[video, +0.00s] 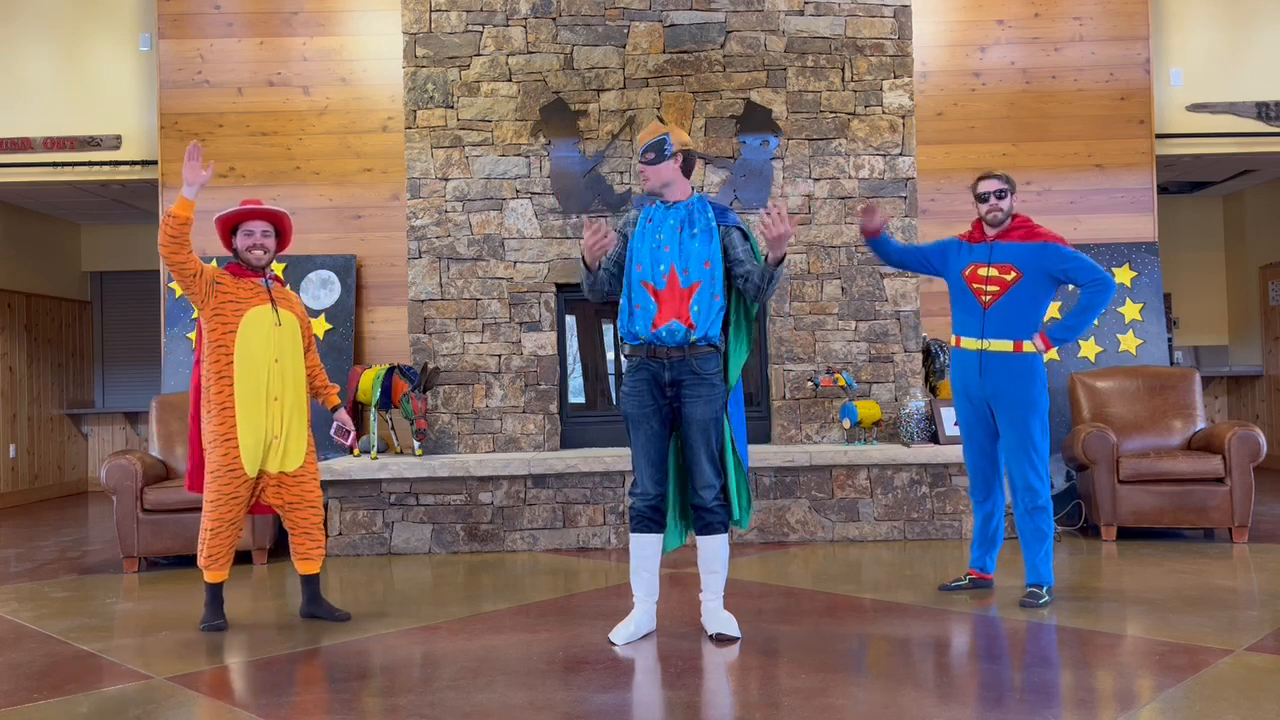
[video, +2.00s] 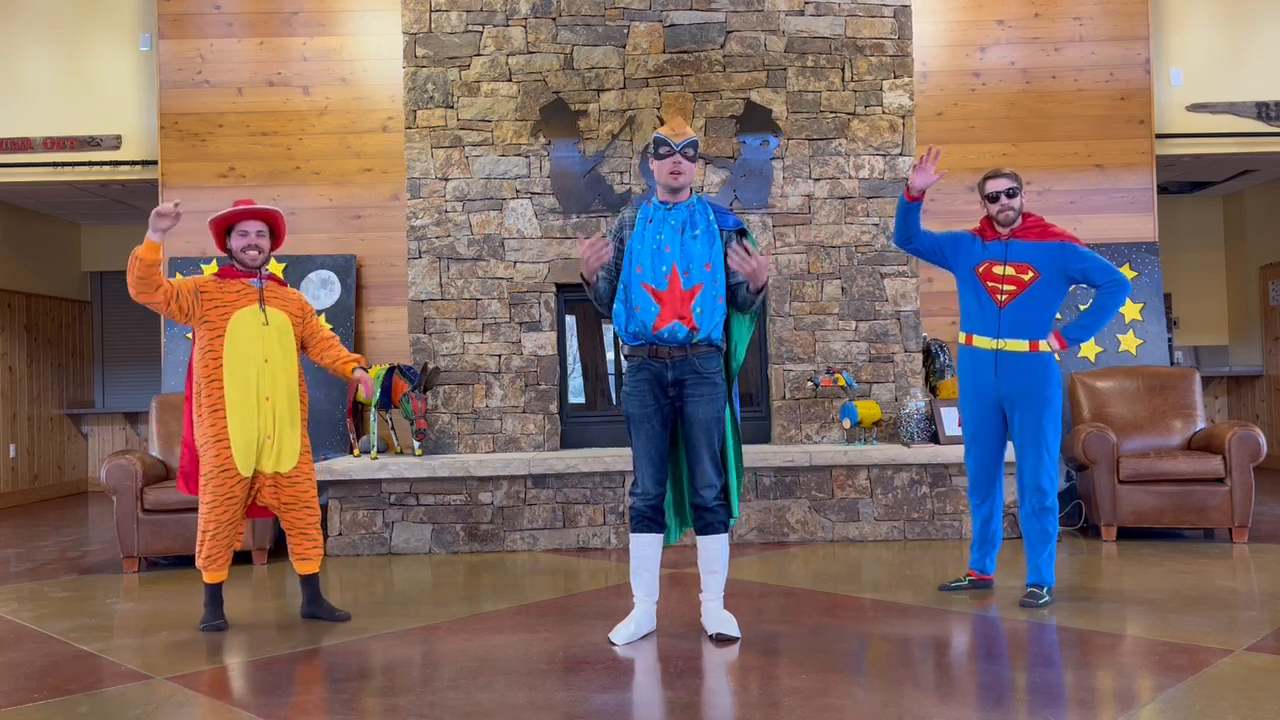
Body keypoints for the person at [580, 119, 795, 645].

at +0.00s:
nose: (645, 164)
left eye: (656, 155)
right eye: (642, 159)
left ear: (685, 163)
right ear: (643, 170)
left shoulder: (720, 220)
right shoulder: (637, 222)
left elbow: (753, 286)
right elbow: (605, 291)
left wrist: (774, 257)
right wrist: (595, 263)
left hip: (700, 366)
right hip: (641, 367)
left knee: (706, 484)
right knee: (647, 487)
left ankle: (713, 608)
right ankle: (644, 610)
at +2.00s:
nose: (677, 164)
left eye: (686, 155)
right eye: (666, 155)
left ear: (698, 164)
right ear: (650, 164)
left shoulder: (721, 221)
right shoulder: (630, 221)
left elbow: (741, 304)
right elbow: (609, 304)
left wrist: (755, 283)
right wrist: (595, 274)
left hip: (702, 364)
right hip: (642, 365)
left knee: (708, 485)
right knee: (647, 486)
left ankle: (713, 607)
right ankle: (643, 609)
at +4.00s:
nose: (673, 162)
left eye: (684, 155)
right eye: (663, 156)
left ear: (701, 167)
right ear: (651, 168)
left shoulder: (722, 221)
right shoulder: (635, 220)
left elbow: (744, 285)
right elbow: (608, 292)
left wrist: (759, 259)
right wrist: (608, 269)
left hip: (704, 365)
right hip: (646, 366)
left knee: (710, 485)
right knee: (650, 487)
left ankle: (714, 607)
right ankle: (644, 608)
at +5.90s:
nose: (672, 171)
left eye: (682, 160)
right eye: (661, 163)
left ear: (699, 167)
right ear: (651, 171)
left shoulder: (727, 226)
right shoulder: (635, 225)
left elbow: (751, 299)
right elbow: (608, 300)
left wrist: (781, 283)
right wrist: (584, 280)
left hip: (705, 365)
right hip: (645, 365)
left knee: (710, 485)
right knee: (649, 487)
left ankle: (714, 608)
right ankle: (644, 609)